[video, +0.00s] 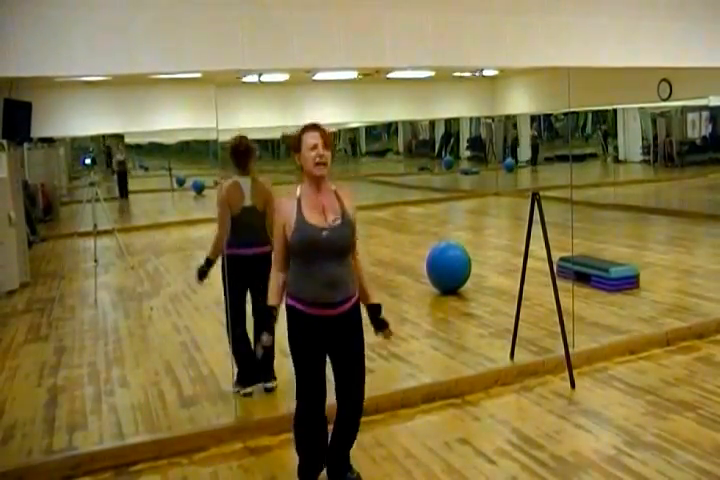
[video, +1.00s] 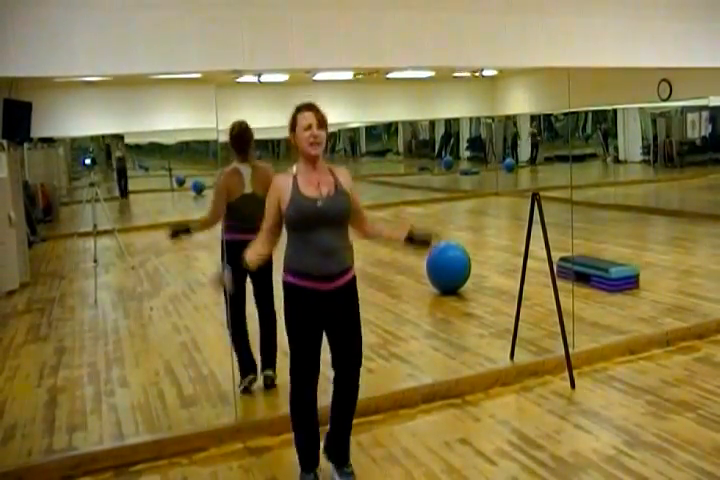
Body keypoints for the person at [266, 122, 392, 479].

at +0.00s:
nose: (321, 154)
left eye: (325, 147)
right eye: (313, 148)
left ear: (331, 153)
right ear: (298, 157)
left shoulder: (343, 197)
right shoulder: (286, 205)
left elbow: (353, 257)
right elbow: (278, 267)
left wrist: (373, 308)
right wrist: (268, 323)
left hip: (346, 314)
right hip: (305, 316)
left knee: (353, 399)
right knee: (311, 399)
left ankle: (339, 465)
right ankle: (310, 470)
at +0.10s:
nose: (318, 140)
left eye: (322, 133)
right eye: (310, 134)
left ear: (330, 139)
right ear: (296, 142)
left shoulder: (342, 183)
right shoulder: (284, 191)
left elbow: (362, 234)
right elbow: (273, 246)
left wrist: (398, 265)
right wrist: (260, 280)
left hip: (344, 294)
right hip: (302, 297)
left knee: (351, 382)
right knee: (305, 385)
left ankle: (342, 461)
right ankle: (308, 469)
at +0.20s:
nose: (317, 125)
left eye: (321, 119)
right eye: (309, 121)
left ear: (329, 125)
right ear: (294, 128)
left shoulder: (343, 166)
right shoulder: (281, 174)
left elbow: (384, 196)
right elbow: (250, 223)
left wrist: (425, 183)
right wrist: (223, 219)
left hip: (343, 277)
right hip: (301, 280)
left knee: (357, 369)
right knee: (298, 376)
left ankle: (357, 450)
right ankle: (293, 465)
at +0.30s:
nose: (315, 136)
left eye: (320, 129)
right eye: (306, 130)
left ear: (328, 135)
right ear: (293, 139)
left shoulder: (345, 169)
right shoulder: (280, 178)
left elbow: (394, 160)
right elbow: (233, 194)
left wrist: (412, 118)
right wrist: (222, 153)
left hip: (344, 286)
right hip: (300, 290)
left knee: (369, 368)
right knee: (288, 379)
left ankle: (381, 447)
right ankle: (272, 473)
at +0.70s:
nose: (315, 127)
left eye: (319, 120)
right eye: (307, 122)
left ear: (327, 127)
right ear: (293, 131)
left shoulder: (343, 164)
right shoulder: (280, 174)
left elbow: (384, 180)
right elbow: (236, 207)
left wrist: (422, 171)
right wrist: (203, 191)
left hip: (342, 279)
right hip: (301, 282)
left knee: (359, 363)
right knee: (295, 376)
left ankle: (365, 445)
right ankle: (285, 467)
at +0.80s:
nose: (316, 138)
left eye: (320, 132)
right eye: (308, 133)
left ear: (327, 138)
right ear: (294, 141)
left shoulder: (341, 181)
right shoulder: (282, 190)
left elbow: (361, 229)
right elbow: (264, 243)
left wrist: (403, 252)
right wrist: (236, 272)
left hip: (342, 290)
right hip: (301, 293)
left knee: (347, 374)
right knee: (308, 377)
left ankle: (338, 456)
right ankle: (309, 461)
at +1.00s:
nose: (315, 134)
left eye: (319, 127)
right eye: (307, 129)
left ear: (327, 133)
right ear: (293, 136)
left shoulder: (341, 176)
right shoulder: (282, 183)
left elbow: (363, 226)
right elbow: (266, 235)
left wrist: (403, 235)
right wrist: (251, 258)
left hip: (342, 286)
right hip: (300, 288)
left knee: (349, 370)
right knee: (304, 375)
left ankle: (338, 453)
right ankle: (307, 465)